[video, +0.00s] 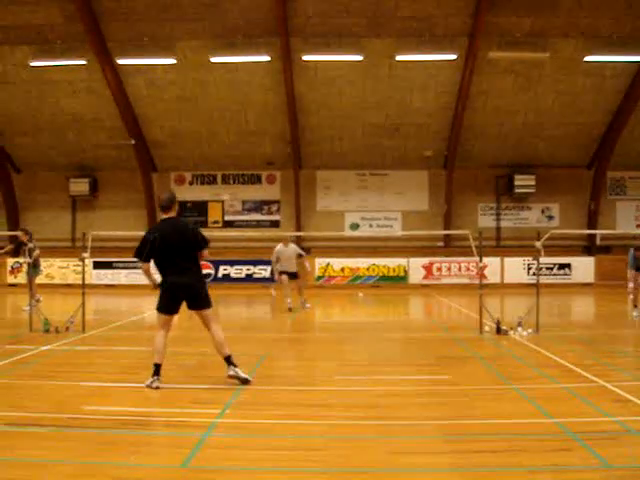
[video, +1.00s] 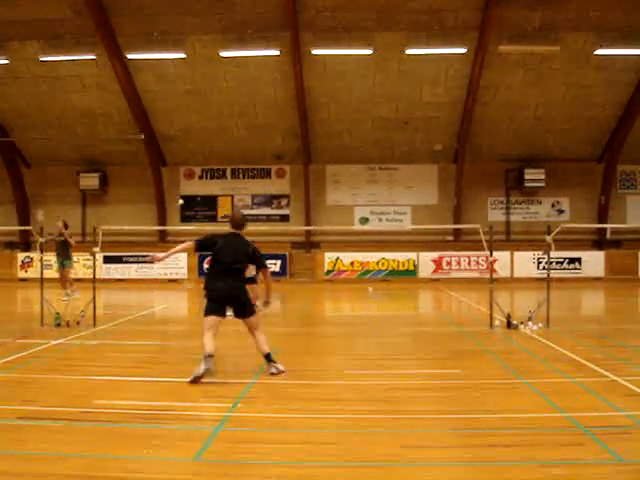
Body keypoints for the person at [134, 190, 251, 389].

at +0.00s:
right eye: (175, 205)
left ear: (159, 208)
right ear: (176, 206)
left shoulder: (153, 232)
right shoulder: (188, 227)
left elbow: (145, 265)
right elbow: (204, 253)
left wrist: (154, 282)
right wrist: (191, 256)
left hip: (170, 285)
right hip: (194, 283)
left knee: (163, 329)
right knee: (212, 324)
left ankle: (155, 375)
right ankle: (231, 365)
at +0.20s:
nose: (174, 209)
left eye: (167, 206)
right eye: (176, 206)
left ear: (162, 207)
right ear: (179, 205)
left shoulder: (156, 230)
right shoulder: (190, 226)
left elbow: (150, 265)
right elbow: (201, 254)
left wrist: (141, 293)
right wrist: (198, 275)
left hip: (173, 283)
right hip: (197, 280)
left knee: (164, 327)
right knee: (214, 320)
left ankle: (157, 374)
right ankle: (232, 360)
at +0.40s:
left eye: (182, 210)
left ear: (181, 210)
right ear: (198, 209)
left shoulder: (174, 231)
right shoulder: (208, 229)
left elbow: (165, 257)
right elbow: (221, 253)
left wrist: (157, 282)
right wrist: (226, 269)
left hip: (187, 283)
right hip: (210, 281)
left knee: (176, 327)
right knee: (224, 322)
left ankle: (165, 372)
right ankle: (241, 362)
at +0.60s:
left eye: (206, 208)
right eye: (218, 206)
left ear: (204, 207)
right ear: (220, 207)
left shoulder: (198, 226)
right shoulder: (231, 225)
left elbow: (182, 252)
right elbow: (252, 250)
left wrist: (164, 275)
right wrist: (258, 275)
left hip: (211, 277)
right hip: (233, 277)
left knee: (199, 320)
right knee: (238, 316)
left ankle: (194, 366)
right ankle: (250, 358)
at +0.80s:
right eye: (222, 215)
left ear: (208, 218)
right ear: (224, 217)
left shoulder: (200, 237)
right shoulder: (233, 235)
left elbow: (180, 260)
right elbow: (252, 256)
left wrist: (168, 282)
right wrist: (259, 272)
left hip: (214, 287)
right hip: (236, 284)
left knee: (204, 327)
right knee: (242, 318)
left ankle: (208, 372)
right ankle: (255, 355)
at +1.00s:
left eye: (232, 222)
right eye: (242, 223)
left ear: (229, 224)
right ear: (244, 226)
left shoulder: (217, 240)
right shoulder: (249, 247)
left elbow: (190, 245)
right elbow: (265, 272)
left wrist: (164, 256)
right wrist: (267, 297)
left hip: (215, 290)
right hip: (238, 290)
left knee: (209, 330)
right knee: (255, 329)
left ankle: (208, 362)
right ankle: (271, 362)